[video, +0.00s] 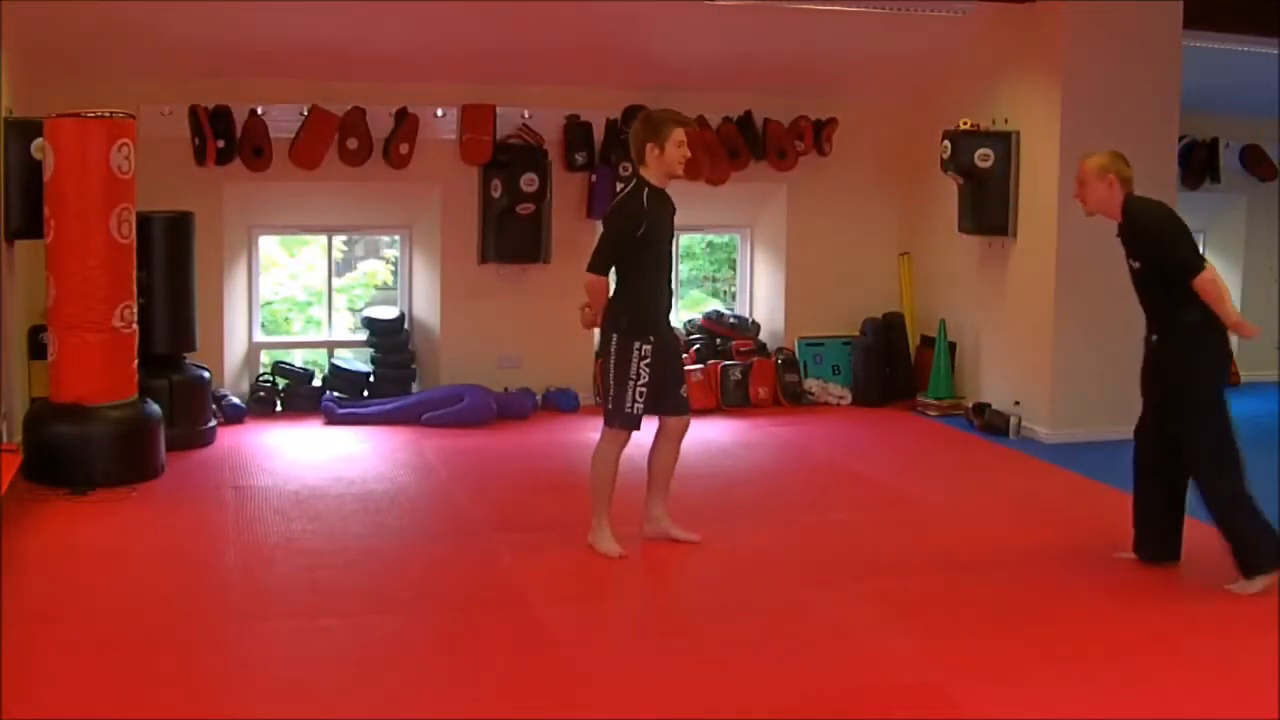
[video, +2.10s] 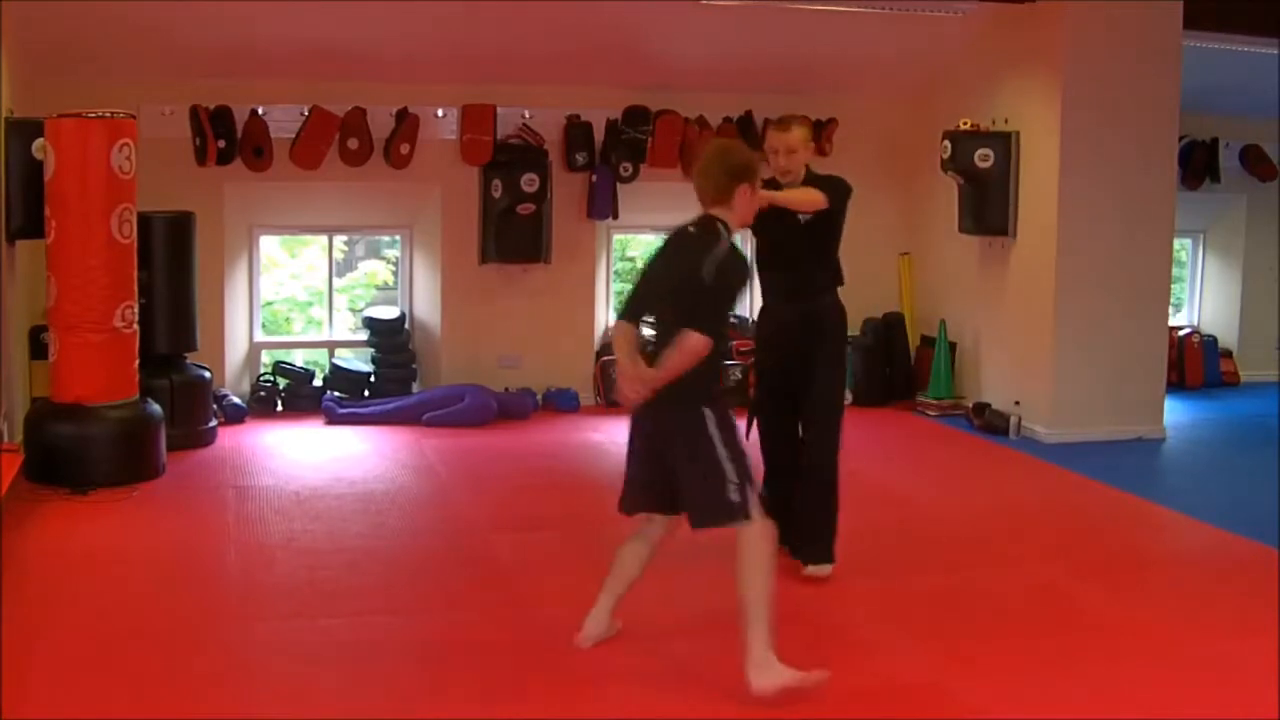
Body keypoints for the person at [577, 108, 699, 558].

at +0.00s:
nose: (687, 153)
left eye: (687, 145)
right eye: (679, 145)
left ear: (661, 152)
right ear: (652, 150)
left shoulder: (663, 201)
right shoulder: (632, 202)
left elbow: (642, 271)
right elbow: (595, 277)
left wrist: (603, 309)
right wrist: (601, 312)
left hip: (659, 329)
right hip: (628, 329)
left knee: (676, 420)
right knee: (618, 429)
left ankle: (656, 517)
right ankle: (599, 527)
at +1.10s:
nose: (748, 194)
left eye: (749, 186)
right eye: (745, 185)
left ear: (721, 183)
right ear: (719, 182)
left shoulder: (703, 226)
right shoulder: (681, 226)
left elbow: (662, 285)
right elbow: (636, 289)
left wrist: (628, 317)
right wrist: (623, 321)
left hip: (679, 345)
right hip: (654, 347)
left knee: (713, 427)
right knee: (682, 446)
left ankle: (685, 509)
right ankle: (628, 526)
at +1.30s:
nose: (777, 267)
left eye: (778, 259)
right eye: (774, 257)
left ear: (745, 254)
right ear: (749, 254)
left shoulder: (715, 283)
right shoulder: (700, 285)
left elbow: (660, 322)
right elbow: (636, 327)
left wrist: (613, 341)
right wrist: (604, 351)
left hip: (662, 370)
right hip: (640, 371)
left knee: (720, 429)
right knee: (675, 467)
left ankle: (684, 508)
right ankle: (607, 553)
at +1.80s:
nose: (751, 191)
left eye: (753, 180)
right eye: (749, 179)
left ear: (715, 175)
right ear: (725, 175)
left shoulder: (682, 212)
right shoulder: (684, 221)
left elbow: (626, 283)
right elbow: (630, 292)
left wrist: (604, 323)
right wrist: (601, 327)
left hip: (643, 353)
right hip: (644, 357)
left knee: (654, 473)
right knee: (679, 477)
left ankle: (614, 559)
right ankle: (600, 561)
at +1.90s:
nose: (748, 173)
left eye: (749, 163)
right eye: (747, 162)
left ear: (705, 156)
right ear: (727, 158)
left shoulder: (669, 198)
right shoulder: (691, 206)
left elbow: (621, 271)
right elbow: (641, 279)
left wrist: (617, 320)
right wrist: (618, 323)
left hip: (640, 354)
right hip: (664, 356)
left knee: (656, 470)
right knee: (705, 477)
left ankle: (604, 577)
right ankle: (635, 587)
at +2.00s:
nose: (748, 185)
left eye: (747, 174)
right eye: (746, 174)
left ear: (698, 170)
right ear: (727, 172)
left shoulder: (670, 218)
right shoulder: (700, 224)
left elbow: (618, 288)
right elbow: (659, 302)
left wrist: (614, 344)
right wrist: (635, 348)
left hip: (642, 378)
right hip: (681, 378)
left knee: (640, 500)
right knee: (725, 503)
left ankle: (594, 616)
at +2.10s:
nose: (761, 199)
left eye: (760, 188)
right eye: (757, 188)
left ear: (707, 190)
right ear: (740, 191)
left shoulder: (674, 242)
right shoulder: (728, 255)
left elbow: (625, 322)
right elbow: (701, 335)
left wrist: (631, 369)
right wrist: (650, 379)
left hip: (656, 406)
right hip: (700, 408)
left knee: (657, 519)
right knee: (757, 526)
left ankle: (597, 620)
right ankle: (762, 663)